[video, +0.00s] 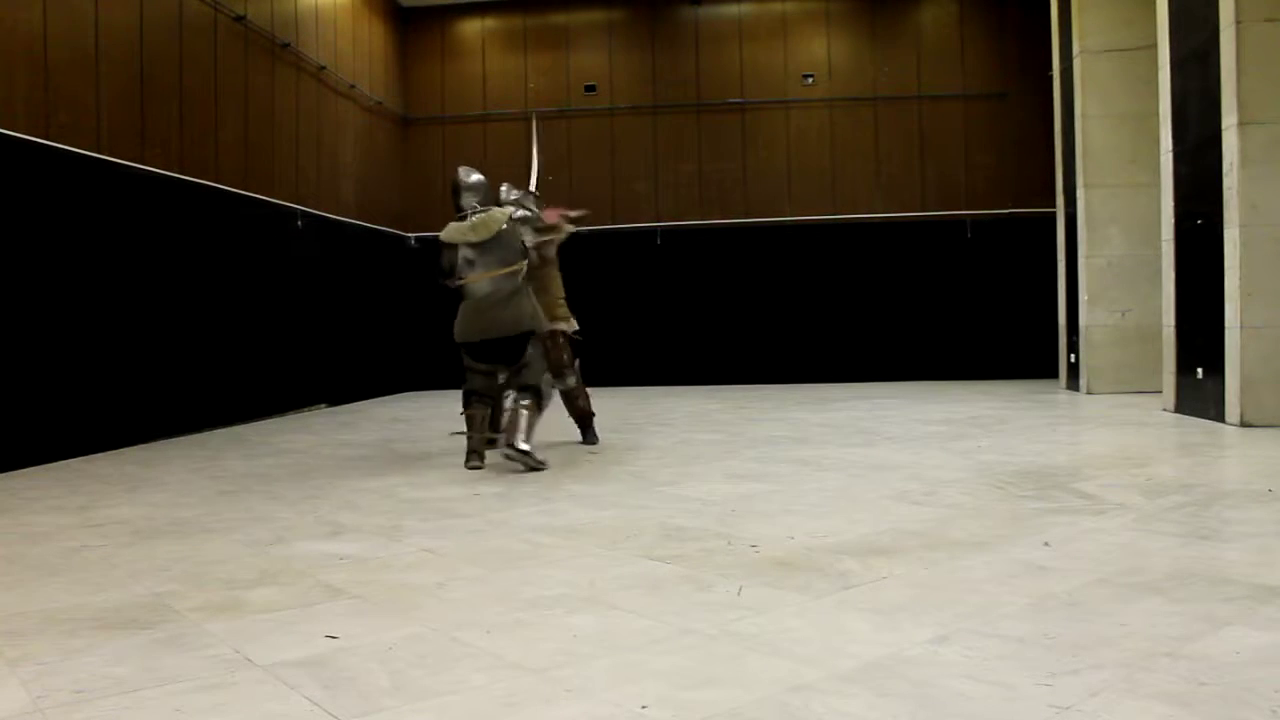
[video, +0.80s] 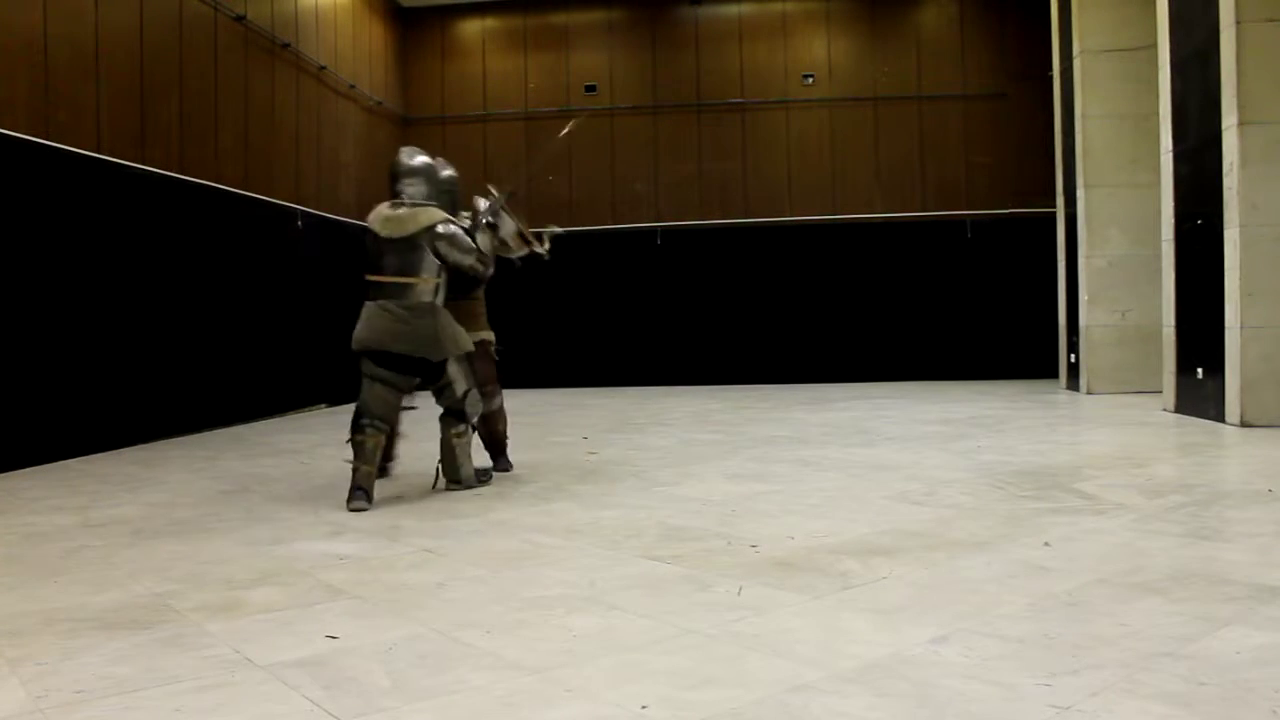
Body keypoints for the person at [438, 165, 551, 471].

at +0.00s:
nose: (467, 199)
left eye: (463, 194)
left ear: (458, 198)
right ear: (487, 194)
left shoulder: (452, 235)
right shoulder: (509, 220)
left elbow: (447, 276)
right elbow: (538, 220)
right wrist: (520, 202)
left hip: (474, 324)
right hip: (515, 322)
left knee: (478, 381)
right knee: (529, 375)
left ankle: (474, 451)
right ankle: (519, 439)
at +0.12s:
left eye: (451, 203)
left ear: (448, 206)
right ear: (479, 195)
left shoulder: (444, 238)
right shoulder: (508, 219)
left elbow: (440, 280)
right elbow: (546, 249)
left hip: (472, 325)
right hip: (513, 319)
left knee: (473, 386)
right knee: (506, 384)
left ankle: (476, 447)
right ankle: (491, 435)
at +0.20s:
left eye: (446, 199)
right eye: (479, 186)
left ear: (445, 202)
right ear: (479, 192)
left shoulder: (440, 238)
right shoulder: (507, 220)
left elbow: (434, 277)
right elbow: (520, 256)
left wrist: (422, 242)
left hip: (467, 324)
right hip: (510, 319)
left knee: (467, 387)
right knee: (499, 387)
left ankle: (472, 447)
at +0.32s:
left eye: (453, 189)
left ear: (450, 194)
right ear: (485, 191)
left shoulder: (438, 230)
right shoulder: (507, 226)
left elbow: (420, 252)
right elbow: (525, 256)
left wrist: (410, 209)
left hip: (449, 327)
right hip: (493, 325)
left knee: (455, 390)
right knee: (478, 397)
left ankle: (463, 454)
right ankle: (461, 469)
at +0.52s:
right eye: (481, 177)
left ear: (445, 179)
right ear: (481, 180)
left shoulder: (422, 209)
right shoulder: (488, 220)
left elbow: (407, 200)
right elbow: (503, 260)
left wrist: (426, 187)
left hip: (419, 312)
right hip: (463, 315)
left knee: (427, 386)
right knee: (466, 391)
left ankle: (408, 446)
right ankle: (459, 468)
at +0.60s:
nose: (481, 184)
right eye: (478, 178)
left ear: (440, 177)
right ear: (472, 180)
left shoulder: (414, 207)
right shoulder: (474, 222)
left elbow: (407, 237)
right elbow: (495, 267)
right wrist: (494, 234)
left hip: (404, 311)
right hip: (449, 316)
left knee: (409, 384)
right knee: (459, 390)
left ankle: (386, 438)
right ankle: (459, 469)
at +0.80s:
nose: (447, 195)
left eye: (444, 188)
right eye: (443, 188)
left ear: (401, 186)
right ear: (435, 189)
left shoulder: (379, 222)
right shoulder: (439, 227)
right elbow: (481, 267)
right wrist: (484, 229)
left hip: (379, 328)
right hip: (429, 328)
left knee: (374, 407)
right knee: (459, 397)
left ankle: (360, 488)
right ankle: (460, 471)